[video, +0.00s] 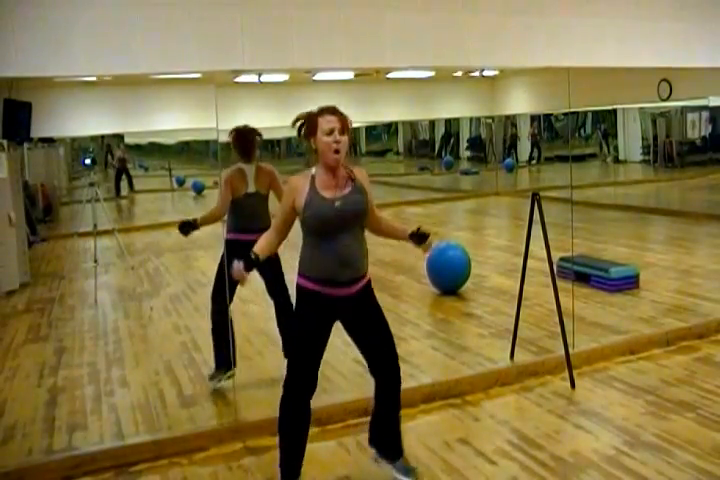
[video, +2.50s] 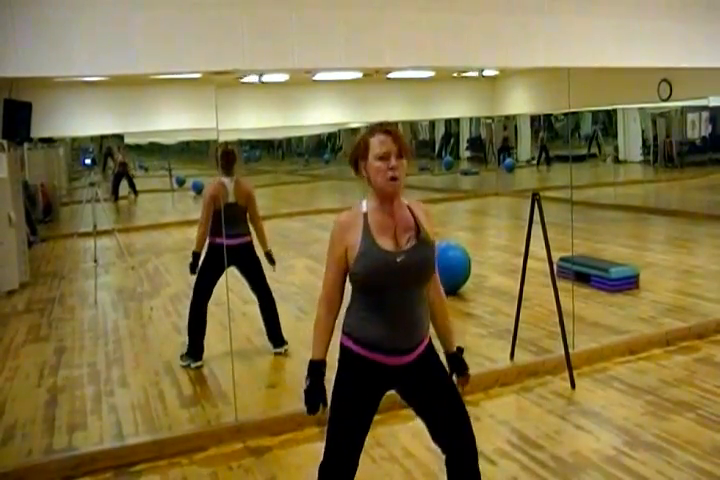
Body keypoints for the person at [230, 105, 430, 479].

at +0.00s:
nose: (337, 139)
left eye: (341, 132)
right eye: (329, 133)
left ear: (348, 138)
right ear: (313, 141)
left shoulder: (358, 177)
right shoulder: (299, 186)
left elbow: (373, 222)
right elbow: (277, 232)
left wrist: (411, 234)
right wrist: (251, 258)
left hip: (358, 293)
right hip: (315, 296)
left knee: (388, 370)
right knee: (299, 386)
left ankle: (386, 446)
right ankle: (289, 473)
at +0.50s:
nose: (347, 163)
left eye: (351, 156)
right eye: (338, 158)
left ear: (357, 163)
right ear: (321, 169)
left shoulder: (368, 209)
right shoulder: (308, 217)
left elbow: (384, 260)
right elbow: (289, 274)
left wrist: (423, 267)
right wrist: (273, 294)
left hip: (368, 325)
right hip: (322, 329)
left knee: (405, 398)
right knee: (302, 417)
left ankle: (411, 473)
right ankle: (287, 478)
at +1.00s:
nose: (354, 145)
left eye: (359, 138)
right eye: (345, 139)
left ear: (365, 143)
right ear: (328, 146)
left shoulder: (377, 187)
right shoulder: (313, 195)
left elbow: (384, 242)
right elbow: (294, 257)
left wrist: (391, 285)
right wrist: (292, 305)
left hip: (381, 310)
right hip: (334, 314)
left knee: (421, 390)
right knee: (311, 409)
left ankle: (421, 463)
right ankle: (295, 479)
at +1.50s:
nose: (364, 164)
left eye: (368, 157)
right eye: (354, 158)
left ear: (374, 164)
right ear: (335, 171)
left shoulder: (390, 212)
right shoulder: (322, 226)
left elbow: (407, 272)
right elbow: (301, 291)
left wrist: (434, 326)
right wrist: (285, 349)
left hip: (391, 343)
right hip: (339, 349)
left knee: (433, 421)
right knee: (312, 445)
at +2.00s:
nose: (377, 144)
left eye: (381, 136)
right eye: (366, 137)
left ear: (389, 142)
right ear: (347, 146)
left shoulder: (405, 191)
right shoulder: (334, 200)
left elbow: (426, 256)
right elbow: (314, 271)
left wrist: (458, 309)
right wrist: (299, 333)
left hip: (411, 326)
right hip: (358, 331)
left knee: (452, 416)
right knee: (335, 435)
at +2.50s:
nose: (392, 164)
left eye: (398, 156)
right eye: (382, 158)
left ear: (405, 162)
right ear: (363, 168)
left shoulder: (419, 215)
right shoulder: (348, 226)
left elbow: (433, 288)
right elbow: (329, 304)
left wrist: (453, 351)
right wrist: (315, 372)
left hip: (418, 359)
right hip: (363, 364)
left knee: (462, 446)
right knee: (339, 465)